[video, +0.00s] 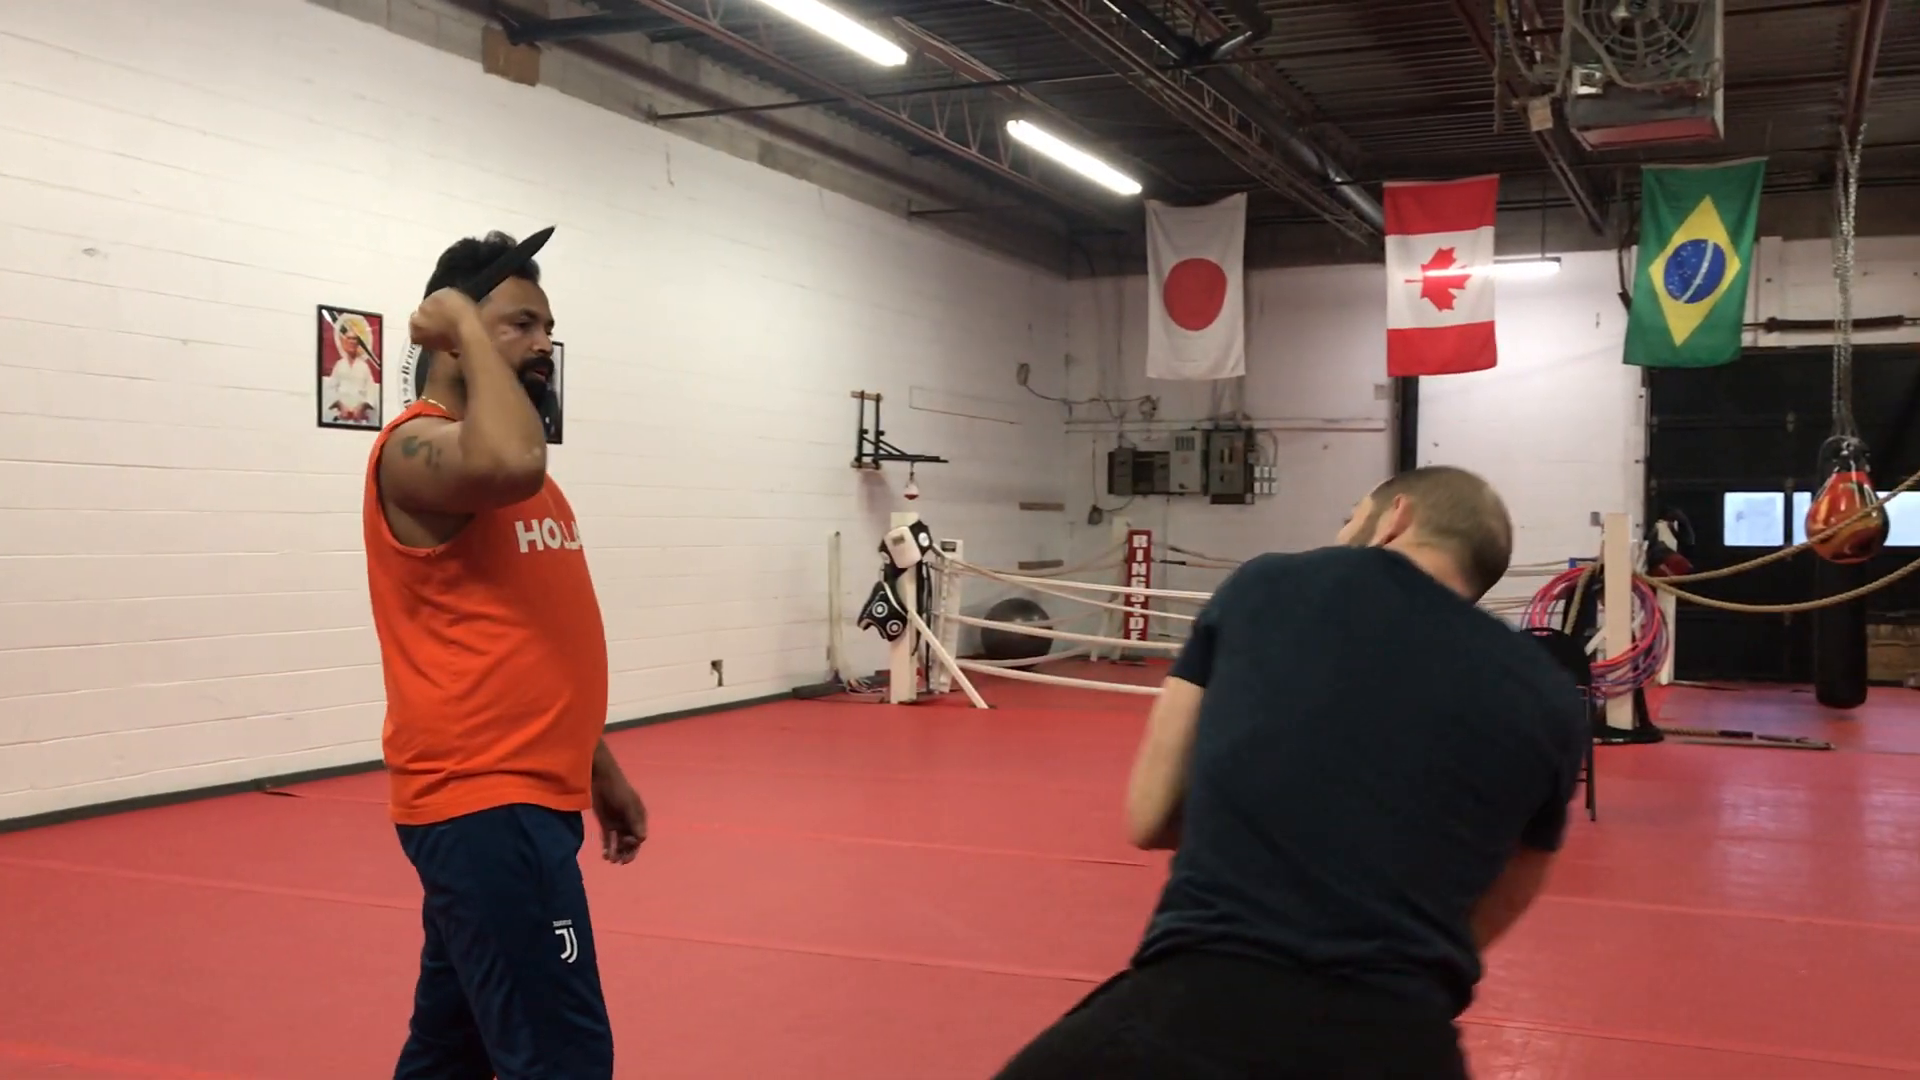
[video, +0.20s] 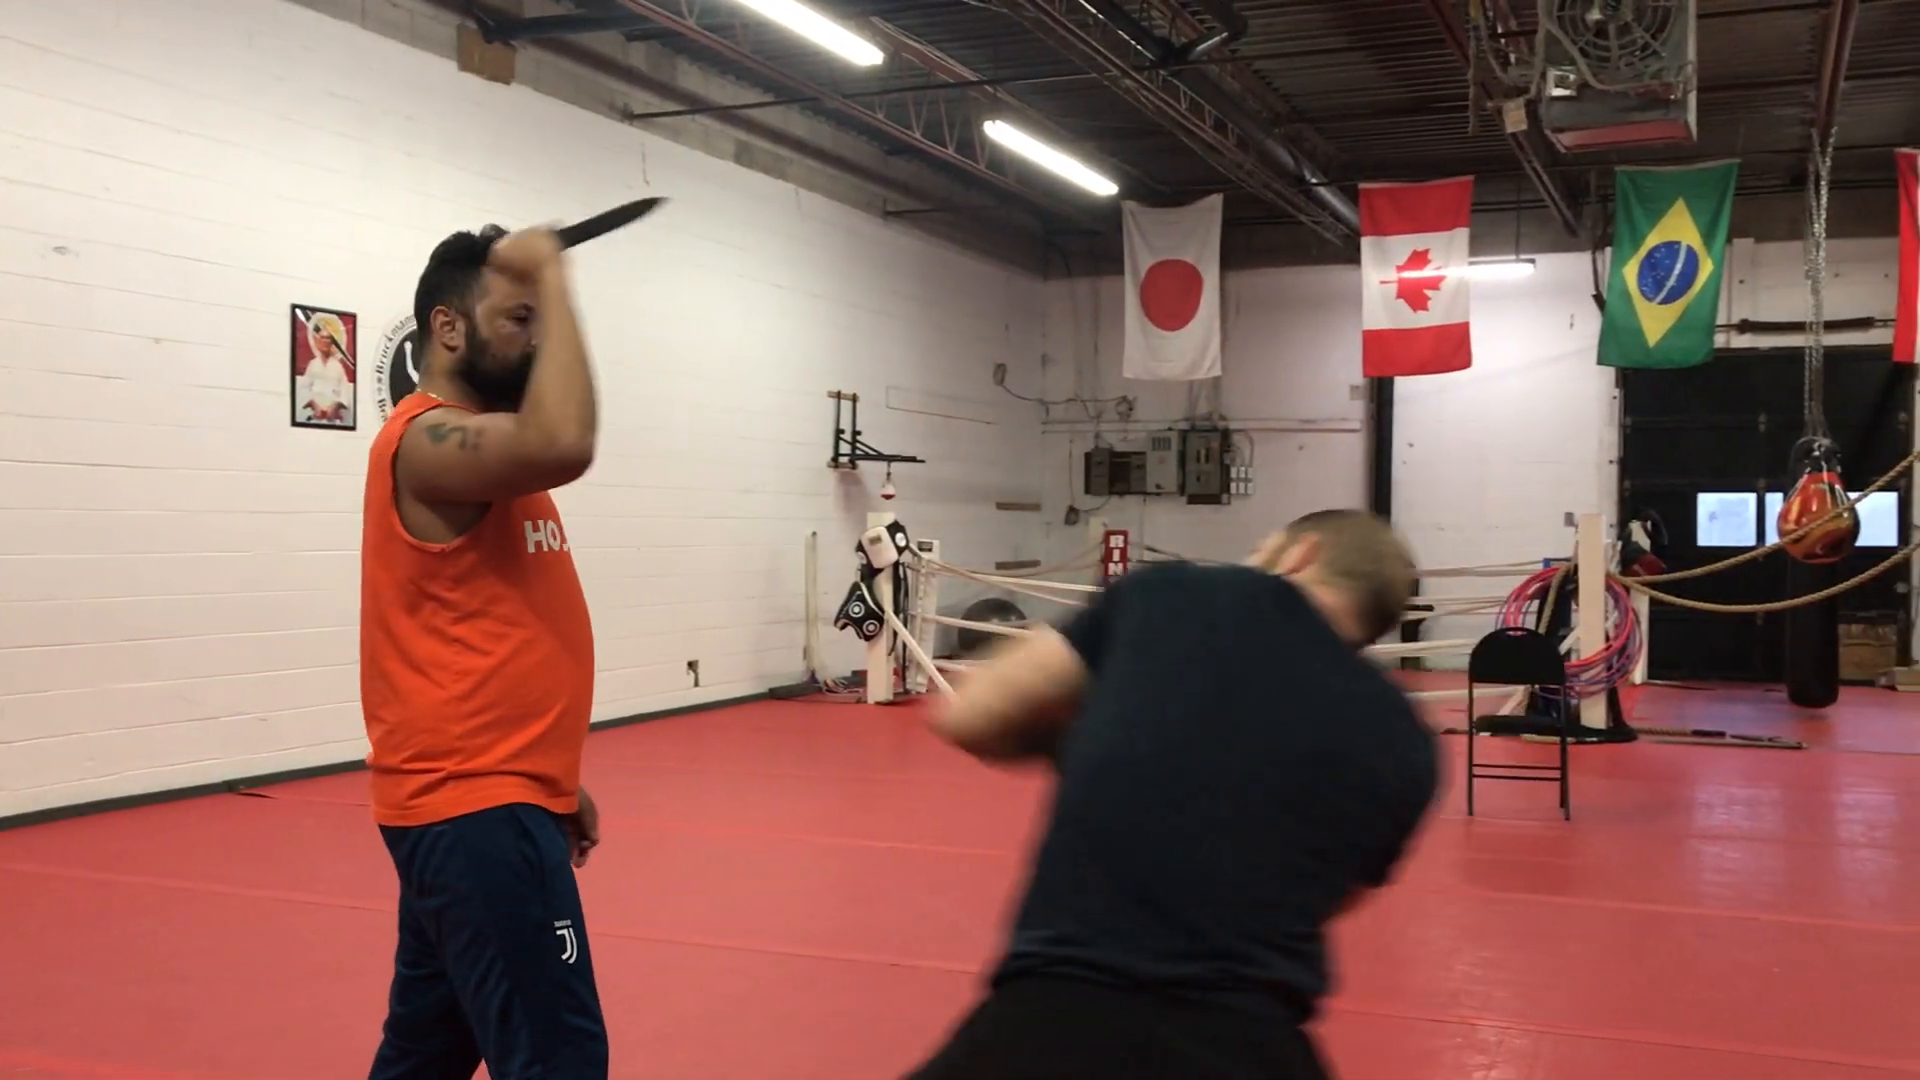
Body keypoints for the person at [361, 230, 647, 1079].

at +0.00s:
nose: (544, 346)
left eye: (546, 326)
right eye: (518, 323)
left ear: (542, 334)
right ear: (457, 340)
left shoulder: (517, 452)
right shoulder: (415, 444)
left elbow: (537, 632)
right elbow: (512, 460)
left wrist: (600, 769)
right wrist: (466, 327)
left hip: (527, 798)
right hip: (477, 802)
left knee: (452, 1055)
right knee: (566, 1056)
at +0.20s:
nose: (540, 340)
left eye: (541, 320)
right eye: (516, 318)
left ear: (458, 333)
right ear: (449, 327)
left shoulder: (474, 433)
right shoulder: (429, 436)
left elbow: (490, 635)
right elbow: (561, 442)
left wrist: (553, 779)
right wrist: (551, 281)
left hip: (484, 798)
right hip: (471, 804)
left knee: (427, 1053)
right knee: (559, 1057)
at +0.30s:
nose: (547, 336)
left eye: (546, 318)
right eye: (522, 315)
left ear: (457, 331)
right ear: (449, 324)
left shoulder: (459, 430)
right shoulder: (442, 435)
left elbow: (478, 635)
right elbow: (590, 444)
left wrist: (540, 786)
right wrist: (626, 267)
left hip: (467, 800)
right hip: (465, 807)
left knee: (408, 1056)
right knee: (546, 1058)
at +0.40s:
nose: (545, 337)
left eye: (543, 316)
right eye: (523, 313)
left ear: (450, 329)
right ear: (448, 323)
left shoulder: (423, 429)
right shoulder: (449, 434)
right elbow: (613, 456)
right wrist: (697, 285)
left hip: (424, 802)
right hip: (461, 809)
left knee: (394, 1055)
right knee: (535, 1059)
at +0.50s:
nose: (545, 335)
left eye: (543, 314)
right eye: (522, 312)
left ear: (449, 329)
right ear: (448, 322)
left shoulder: (404, 433)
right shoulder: (451, 436)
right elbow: (624, 462)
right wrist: (743, 313)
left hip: (406, 801)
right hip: (452, 807)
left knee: (380, 1058)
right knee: (525, 1059)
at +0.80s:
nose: (511, 343)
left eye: (509, 322)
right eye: (488, 320)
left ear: (419, 332)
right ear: (411, 325)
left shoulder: (390, 433)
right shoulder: (407, 438)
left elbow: (575, 468)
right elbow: (578, 460)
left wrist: (695, 398)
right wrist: (726, 326)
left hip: (401, 801)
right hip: (420, 807)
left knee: (359, 1056)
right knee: (483, 1057)